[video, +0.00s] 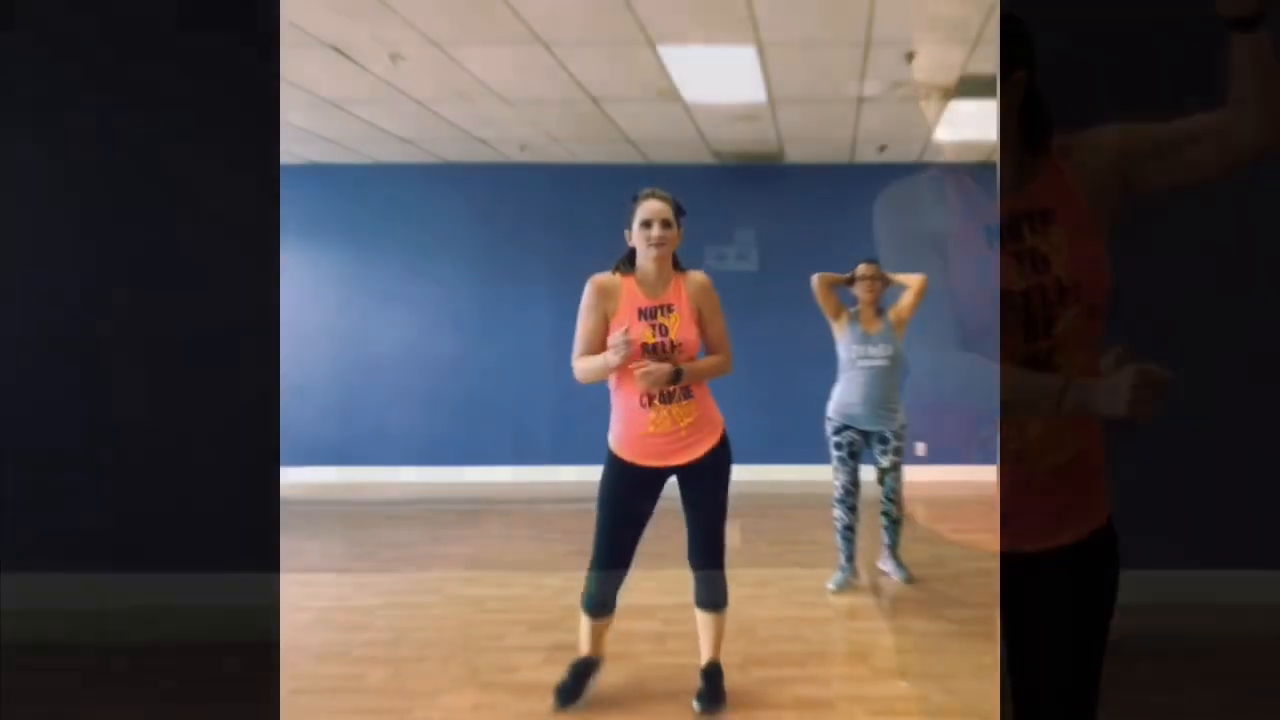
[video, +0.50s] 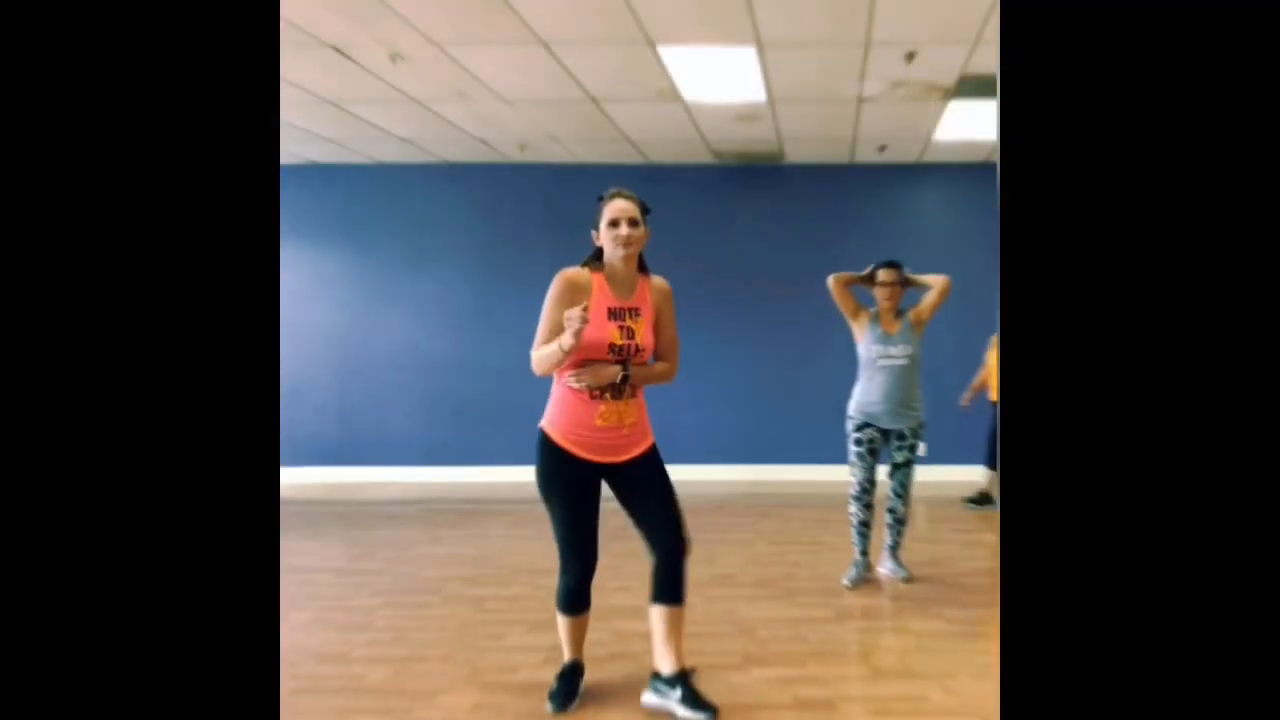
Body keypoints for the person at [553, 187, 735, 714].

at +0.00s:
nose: (656, 231)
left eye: (665, 223)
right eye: (647, 223)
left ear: (679, 232)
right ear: (630, 233)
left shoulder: (696, 286)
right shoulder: (603, 289)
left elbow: (723, 359)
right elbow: (581, 369)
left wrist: (677, 371)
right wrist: (610, 360)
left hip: (701, 443)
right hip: (633, 448)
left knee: (707, 560)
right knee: (605, 567)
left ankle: (710, 669)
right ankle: (588, 659)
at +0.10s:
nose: (653, 235)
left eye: (661, 228)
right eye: (643, 228)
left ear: (674, 237)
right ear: (626, 239)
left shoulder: (688, 294)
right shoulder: (599, 294)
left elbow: (708, 370)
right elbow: (569, 369)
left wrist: (662, 377)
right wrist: (594, 367)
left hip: (690, 449)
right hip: (623, 455)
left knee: (704, 563)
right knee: (607, 574)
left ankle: (710, 670)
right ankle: (574, 666)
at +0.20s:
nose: (646, 237)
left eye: (654, 229)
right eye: (635, 230)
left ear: (667, 238)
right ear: (619, 241)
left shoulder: (682, 296)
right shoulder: (592, 294)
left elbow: (698, 372)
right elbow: (559, 367)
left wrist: (651, 379)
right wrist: (583, 365)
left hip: (670, 452)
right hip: (601, 455)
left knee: (694, 565)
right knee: (595, 575)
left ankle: (707, 669)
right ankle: (574, 666)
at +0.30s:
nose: (637, 239)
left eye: (645, 231)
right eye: (626, 232)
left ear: (658, 241)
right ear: (610, 244)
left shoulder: (674, 299)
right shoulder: (585, 295)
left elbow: (688, 375)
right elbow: (552, 372)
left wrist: (637, 382)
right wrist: (570, 362)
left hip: (646, 456)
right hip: (579, 454)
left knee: (694, 553)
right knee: (582, 573)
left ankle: (700, 670)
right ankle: (572, 667)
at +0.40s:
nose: (630, 236)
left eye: (638, 229)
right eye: (619, 230)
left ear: (651, 239)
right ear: (603, 242)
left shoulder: (666, 298)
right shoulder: (577, 291)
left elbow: (677, 374)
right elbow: (545, 374)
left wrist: (626, 380)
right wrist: (567, 350)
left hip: (633, 452)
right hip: (566, 450)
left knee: (695, 538)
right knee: (575, 570)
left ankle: (683, 669)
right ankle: (571, 667)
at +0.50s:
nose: (625, 231)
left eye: (633, 223)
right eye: (615, 224)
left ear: (646, 232)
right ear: (598, 234)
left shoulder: (658, 292)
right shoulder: (571, 284)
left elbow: (668, 367)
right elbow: (538, 363)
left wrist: (618, 373)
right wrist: (564, 340)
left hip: (633, 446)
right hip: (567, 446)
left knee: (672, 546)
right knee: (577, 565)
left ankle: (668, 676)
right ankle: (571, 667)